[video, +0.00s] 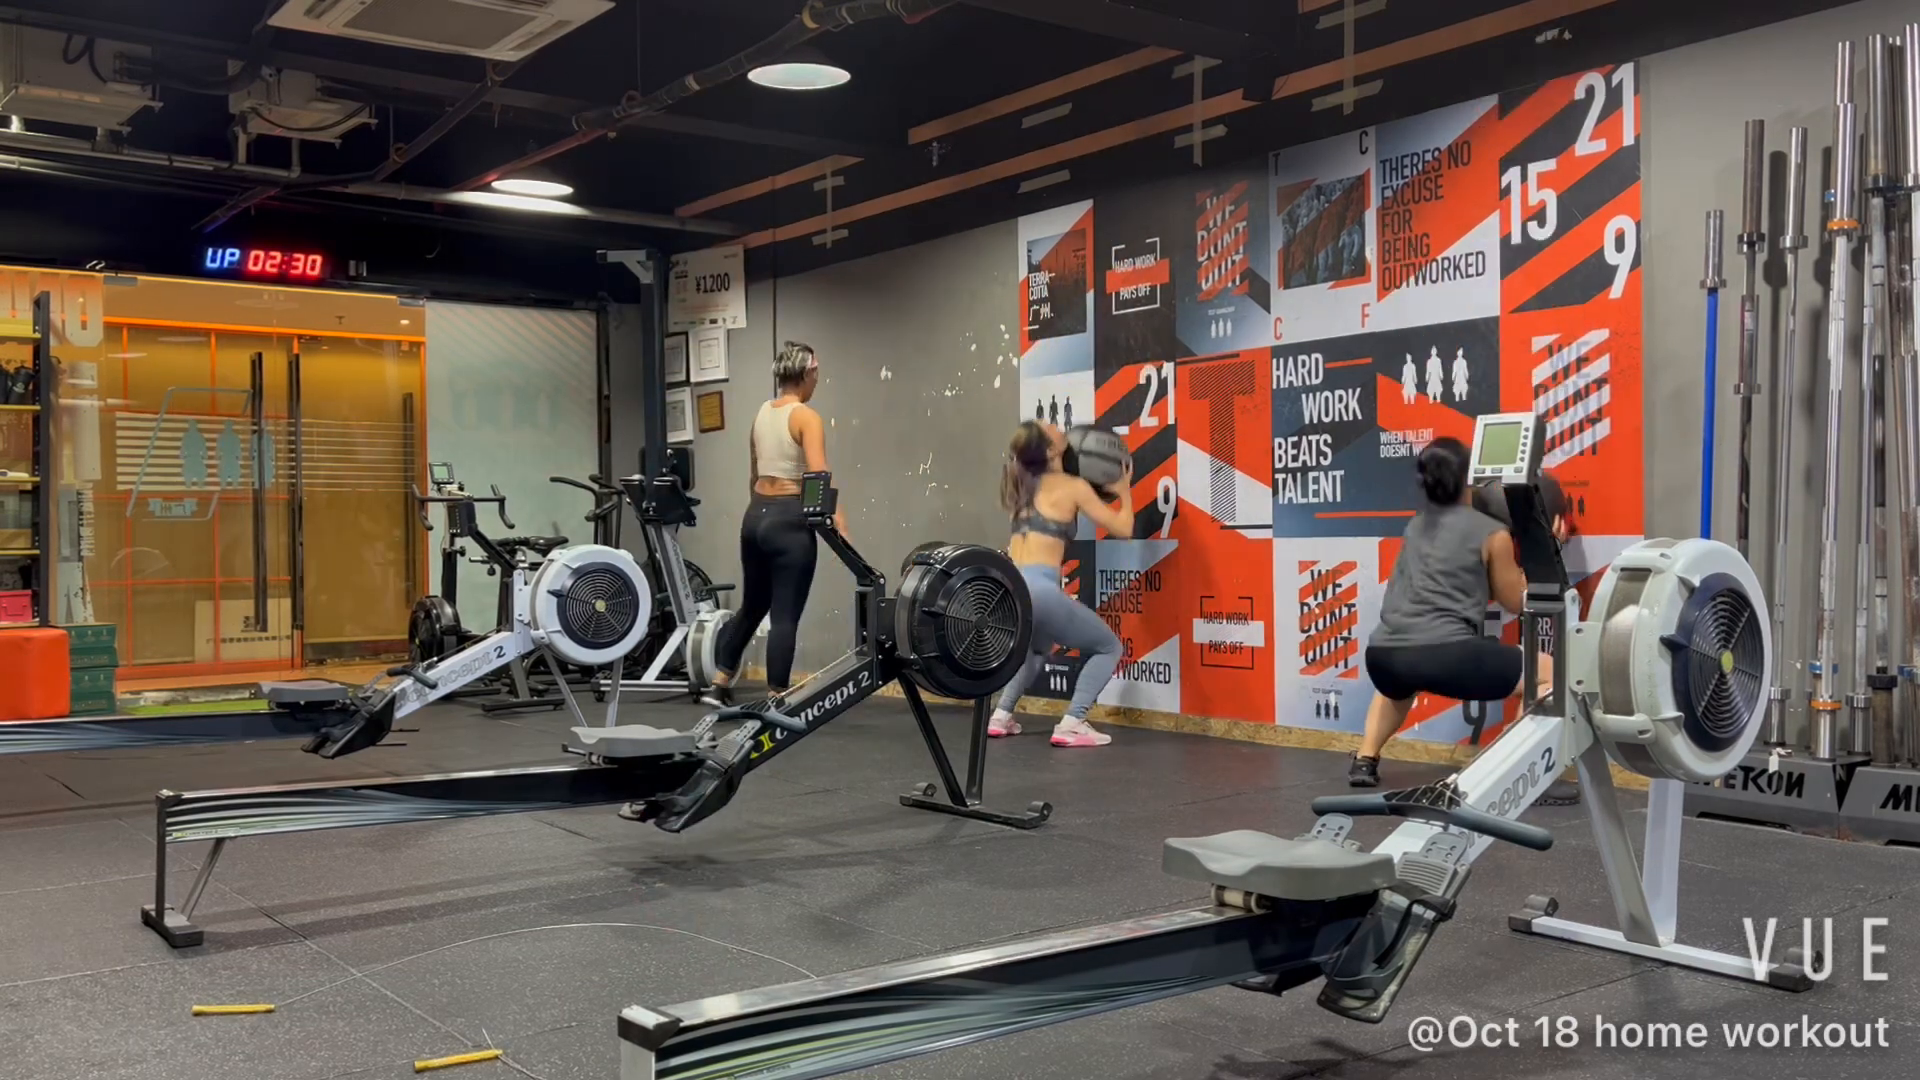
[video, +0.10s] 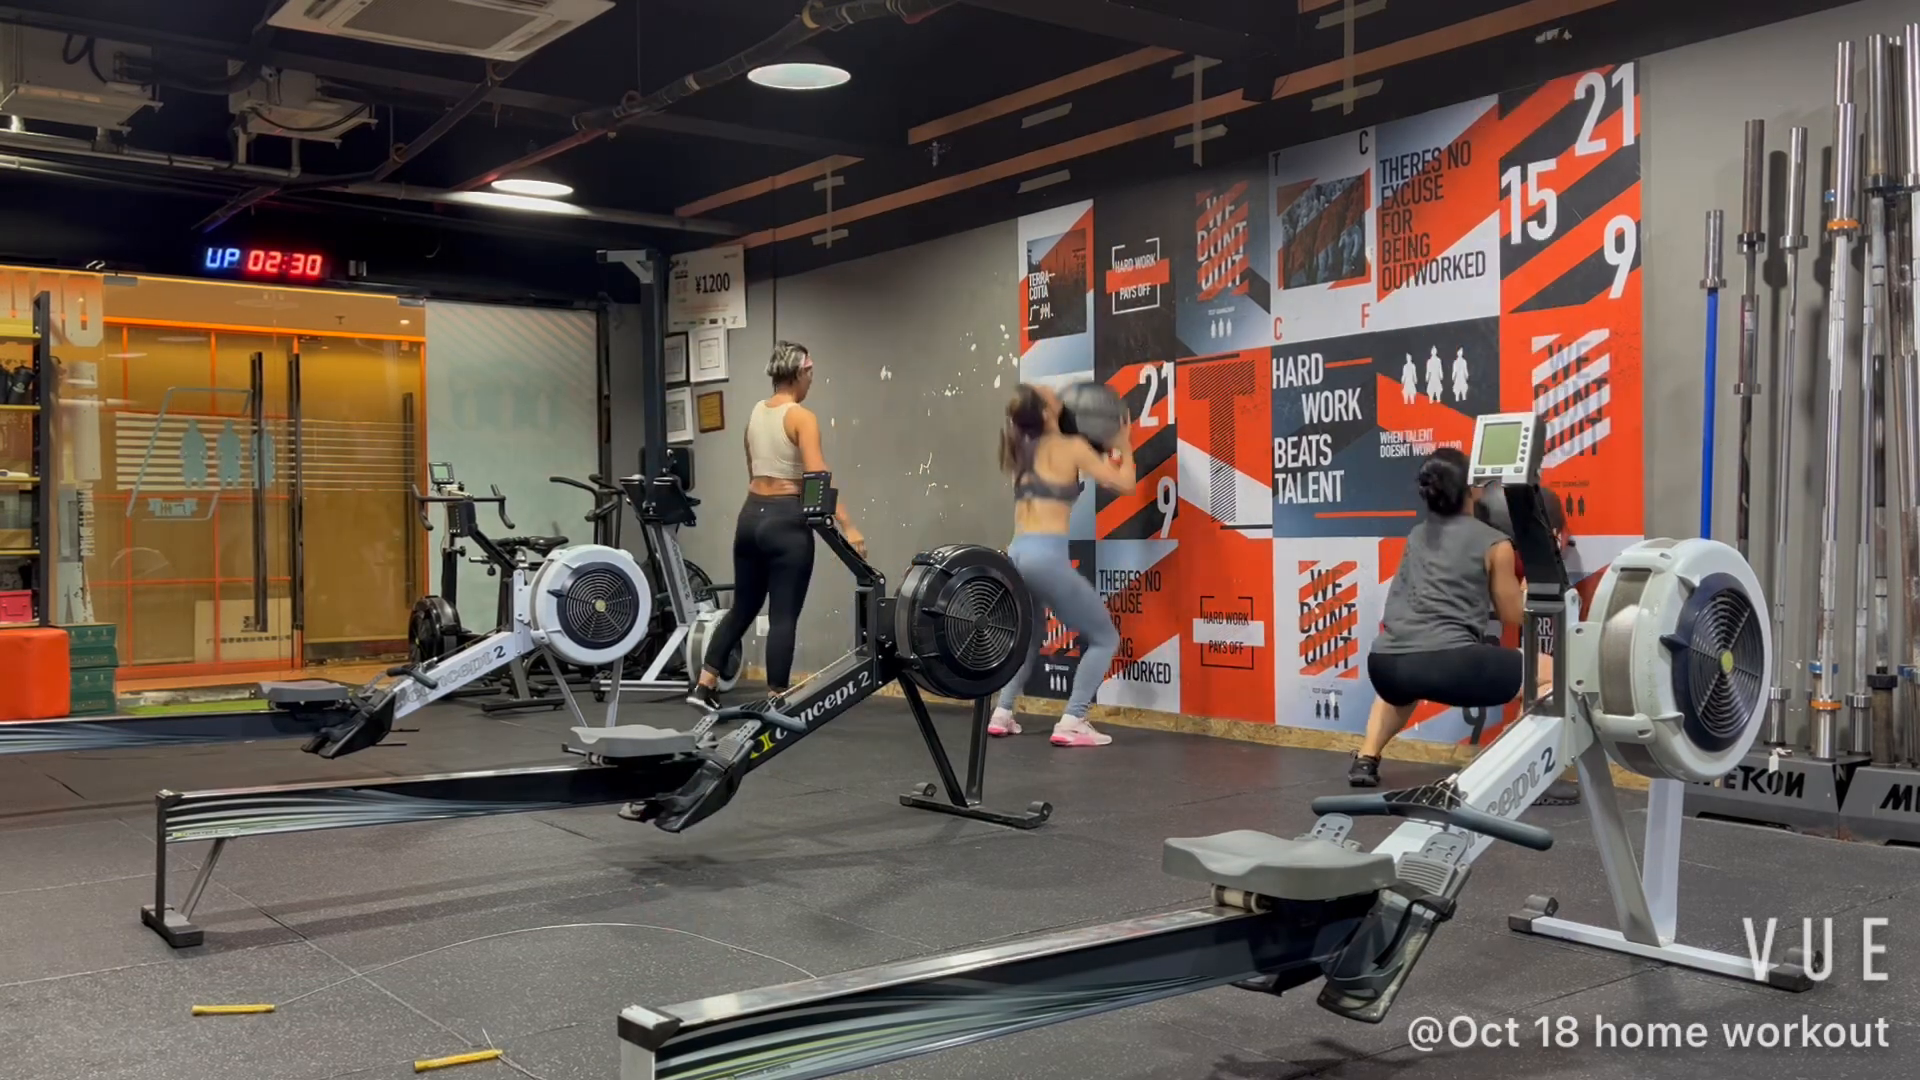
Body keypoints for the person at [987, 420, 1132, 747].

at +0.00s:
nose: (1057, 425)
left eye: (1050, 423)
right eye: (1051, 428)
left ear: (1030, 456)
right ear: (1050, 451)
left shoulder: (1025, 484)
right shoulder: (1073, 485)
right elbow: (1124, 527)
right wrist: (1125, 492)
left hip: (1007, 583)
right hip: (1040, 588)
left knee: (1038, 647)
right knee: (1109, 647)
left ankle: (1001, 715)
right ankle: (1072, 723)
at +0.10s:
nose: (1057, 398)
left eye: (1051, 394)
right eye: (1051, 397)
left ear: (1028, 419)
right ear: (1047, 413)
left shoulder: (1025, 449)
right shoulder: (1071, 446)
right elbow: (1126, 483)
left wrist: (1105, 455)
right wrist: (1124, 444)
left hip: (1016, 554)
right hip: (1047, 558)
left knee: (1028, 638)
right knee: (1105, 637)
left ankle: (1002, 712)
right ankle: (1072, 721)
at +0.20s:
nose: (1047, 355)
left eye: (1041, 352)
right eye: (1041, 355)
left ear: (1019, 380)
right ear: (1040, 373)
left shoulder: (1023, 410)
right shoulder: (1068, 404)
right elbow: (1130, 413)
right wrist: (1126, 372)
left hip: (1029, 513)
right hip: (1060, 515)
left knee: (1023, 612)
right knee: (1090, 614)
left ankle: (1004, 694)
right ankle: (1077, 708)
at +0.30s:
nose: (1046, 344)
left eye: (1042, 341)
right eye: (1041, 345)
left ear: (1018, 364)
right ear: (1038, 359)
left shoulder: (1020, 390)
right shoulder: (1067, 382)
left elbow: (1045, 338)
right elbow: (1118, 351)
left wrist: (1062, 297)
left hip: (1033, 498)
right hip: (1068, 497)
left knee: (1024, 600)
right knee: (1080, 602)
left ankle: (1007, 684)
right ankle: (1084, 696)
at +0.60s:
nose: (1051, 369)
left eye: (1045, 366)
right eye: (1046, 369)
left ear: (1021, 386)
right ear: (1038, 381)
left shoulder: (1018, 421)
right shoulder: (1062, 411)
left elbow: (1026, 367)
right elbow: (1103, 363)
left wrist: (1041, 320)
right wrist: (1114, 312)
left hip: (1042, 530)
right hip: (1076, 528)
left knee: (1029, 627)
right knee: (1074, 632)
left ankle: (1006, 713)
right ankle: (1072, 722)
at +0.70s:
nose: (1046, 367)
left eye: (1042, 364)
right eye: (1042, 364)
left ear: (1017, 387)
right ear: (1037, 381)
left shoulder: (1018, 421)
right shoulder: (1061, 411)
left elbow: (1029, 371)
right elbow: (1113, 375)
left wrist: (1050, 338)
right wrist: (1135, 327)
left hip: (1040, 526)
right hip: (1074, 524)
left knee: (1029, 625)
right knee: (1076, 628)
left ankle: (1006, 711)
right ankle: (1072, 721)